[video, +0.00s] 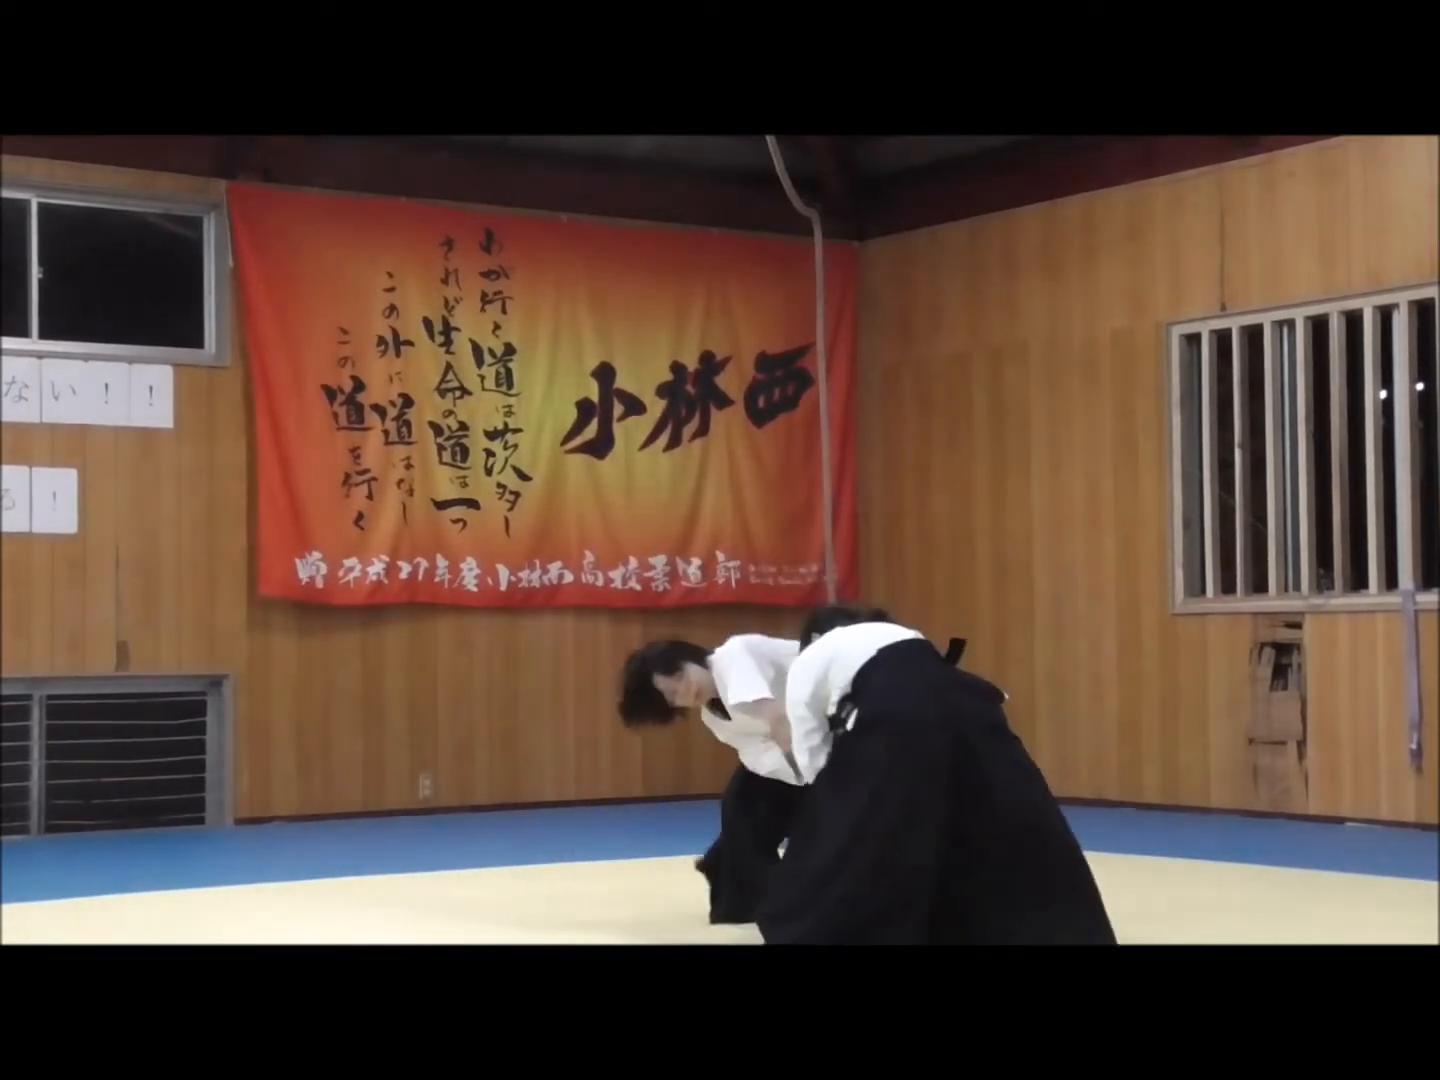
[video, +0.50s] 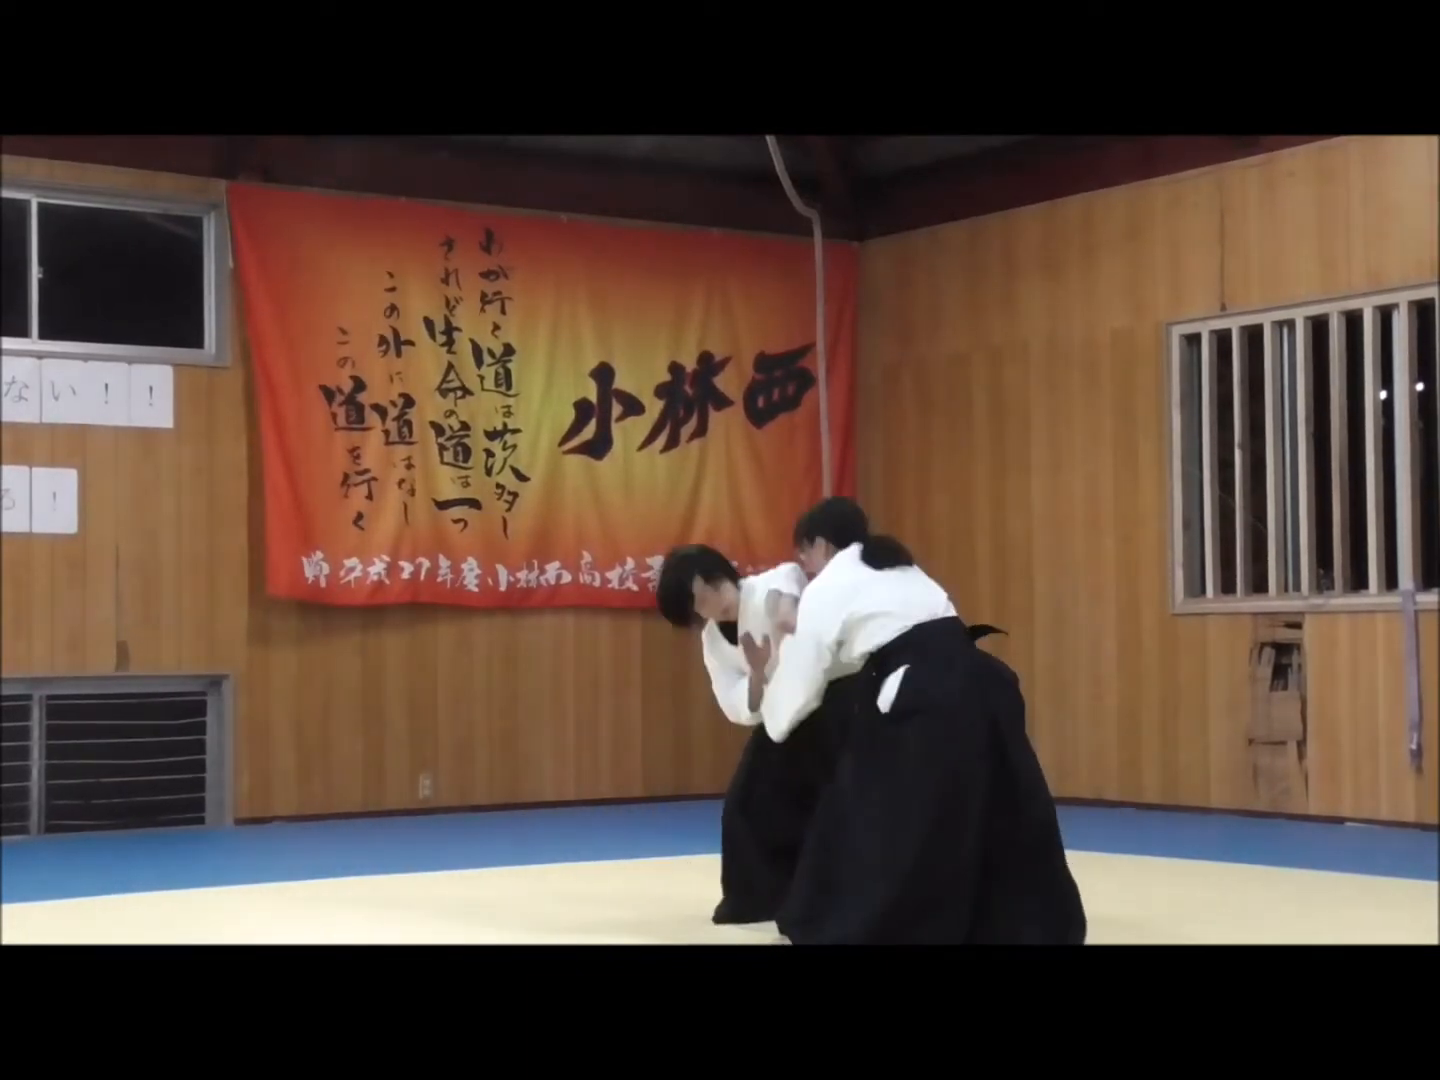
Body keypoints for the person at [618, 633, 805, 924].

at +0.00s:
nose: (685, 692)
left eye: (681, 678)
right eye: (674, 695)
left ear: (691, 660)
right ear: (675, 706)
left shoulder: (734, 654)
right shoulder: (715, 719)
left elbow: (779, 718)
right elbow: (766, 757)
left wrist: (814, 774)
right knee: (744, 800)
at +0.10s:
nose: (691, 704)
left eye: (685, 689)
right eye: (679, 707)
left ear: (694, 673)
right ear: (679, 716)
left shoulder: (740, 666)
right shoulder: (712, 726)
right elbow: (761, 767)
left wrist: (784, 746)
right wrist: (774, 753)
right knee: (741, 798)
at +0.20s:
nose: (692, 703)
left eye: (686, 692)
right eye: (683, 704)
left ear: (692, 671)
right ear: (684, 710)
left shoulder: (750, 656)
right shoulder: (714, 719)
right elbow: (777, 768)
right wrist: (766, 740)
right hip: (801, 735)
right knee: (741, 800)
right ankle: (752, 895)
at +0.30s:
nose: (696, 686)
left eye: (688, 674)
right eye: (687, 685)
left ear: (691, 651)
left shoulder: (760, 633)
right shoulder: (714, 698)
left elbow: (795, 681)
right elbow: (771, 755)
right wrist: (763, 722)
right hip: (799, 728)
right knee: (741, 800)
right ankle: (750, 896)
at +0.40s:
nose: (697, 650)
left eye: (694, 639)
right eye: (690, 646)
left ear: (710, 616)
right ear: (689, 648)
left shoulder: (768, 607)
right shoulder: (713, 669)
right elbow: (755, 735)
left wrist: (789, 646)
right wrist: (759, 699)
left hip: (832, 704)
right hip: (782, 717)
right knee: (741, 806)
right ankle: (752, 896)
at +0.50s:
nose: (698, 612)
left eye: (696, 600)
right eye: (691, 608)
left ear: (714, 581)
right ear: (692, 610)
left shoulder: (775, 582)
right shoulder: (714, 641)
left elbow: (793, 571)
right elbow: (741, 711)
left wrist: (786, 609)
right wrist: (756, 674)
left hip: (834, 692)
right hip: (781, 712)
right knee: (745, 801)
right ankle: (749, 897)